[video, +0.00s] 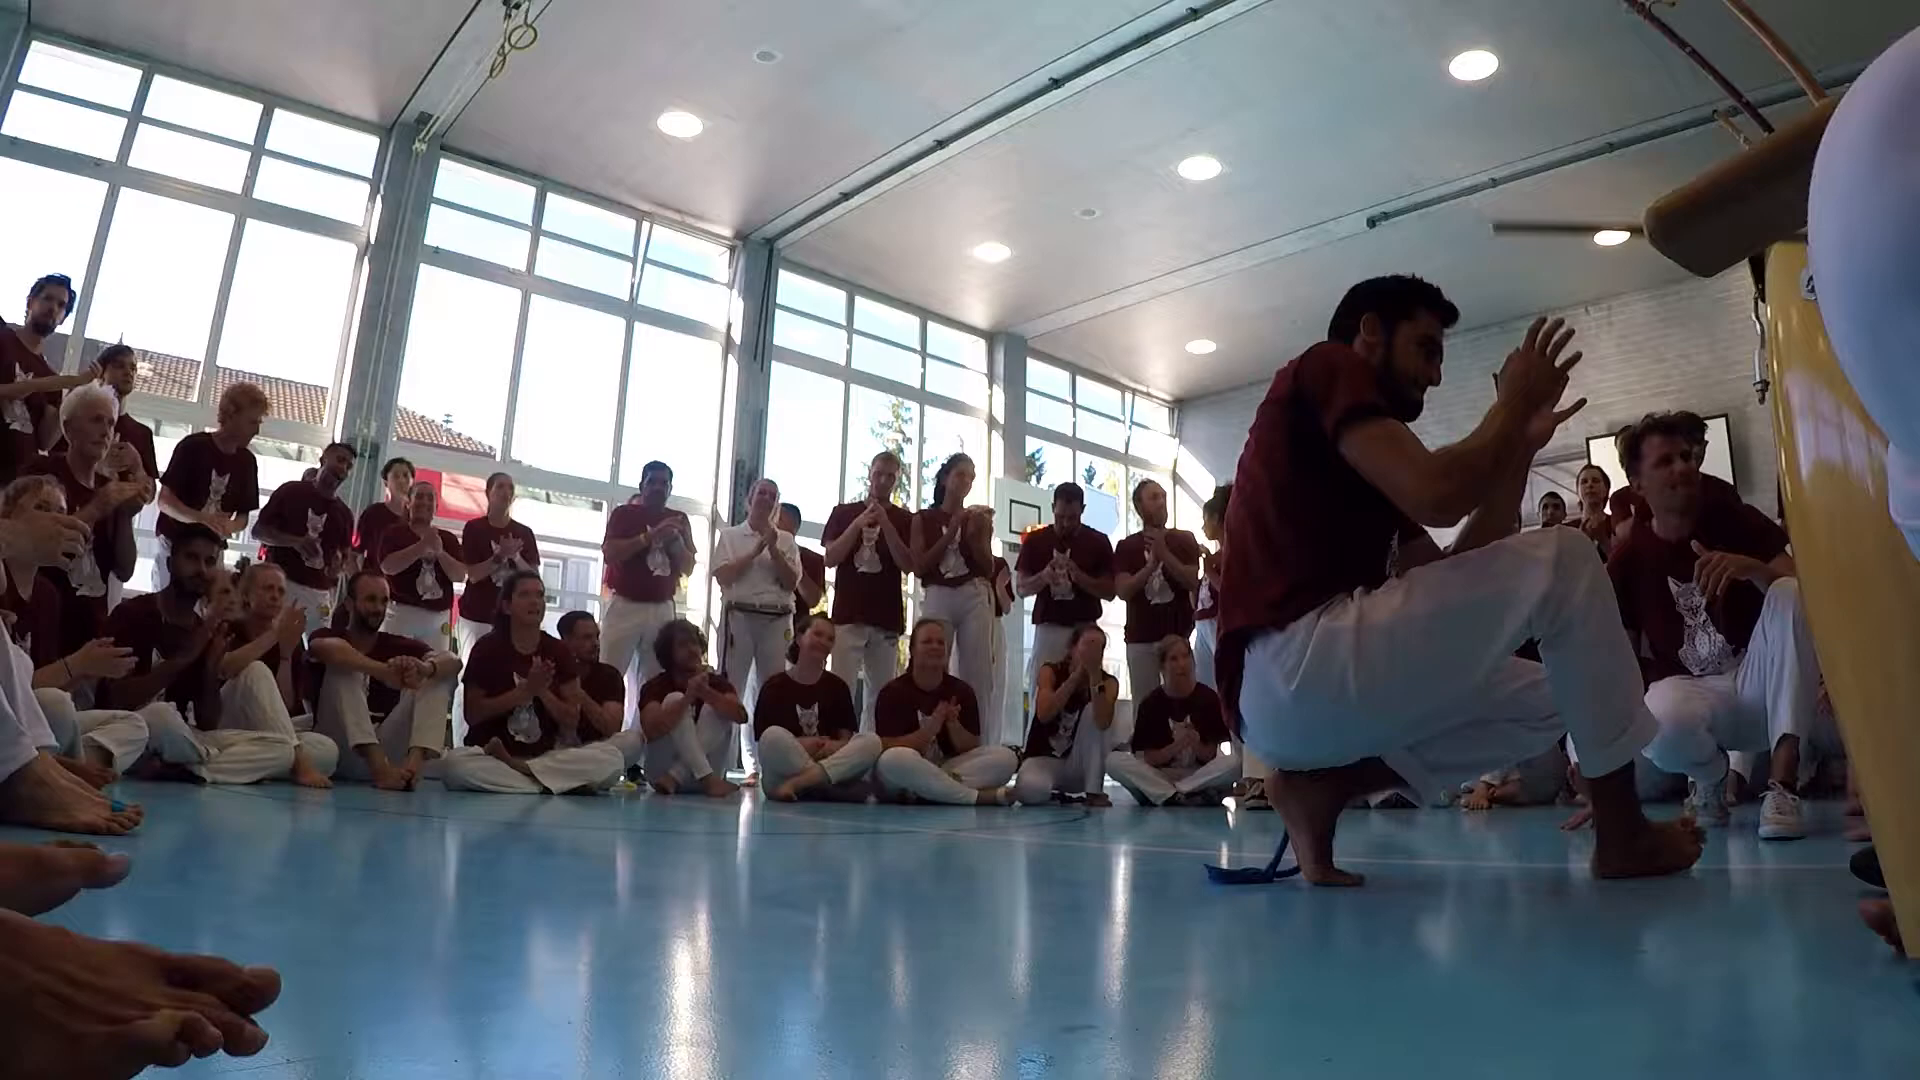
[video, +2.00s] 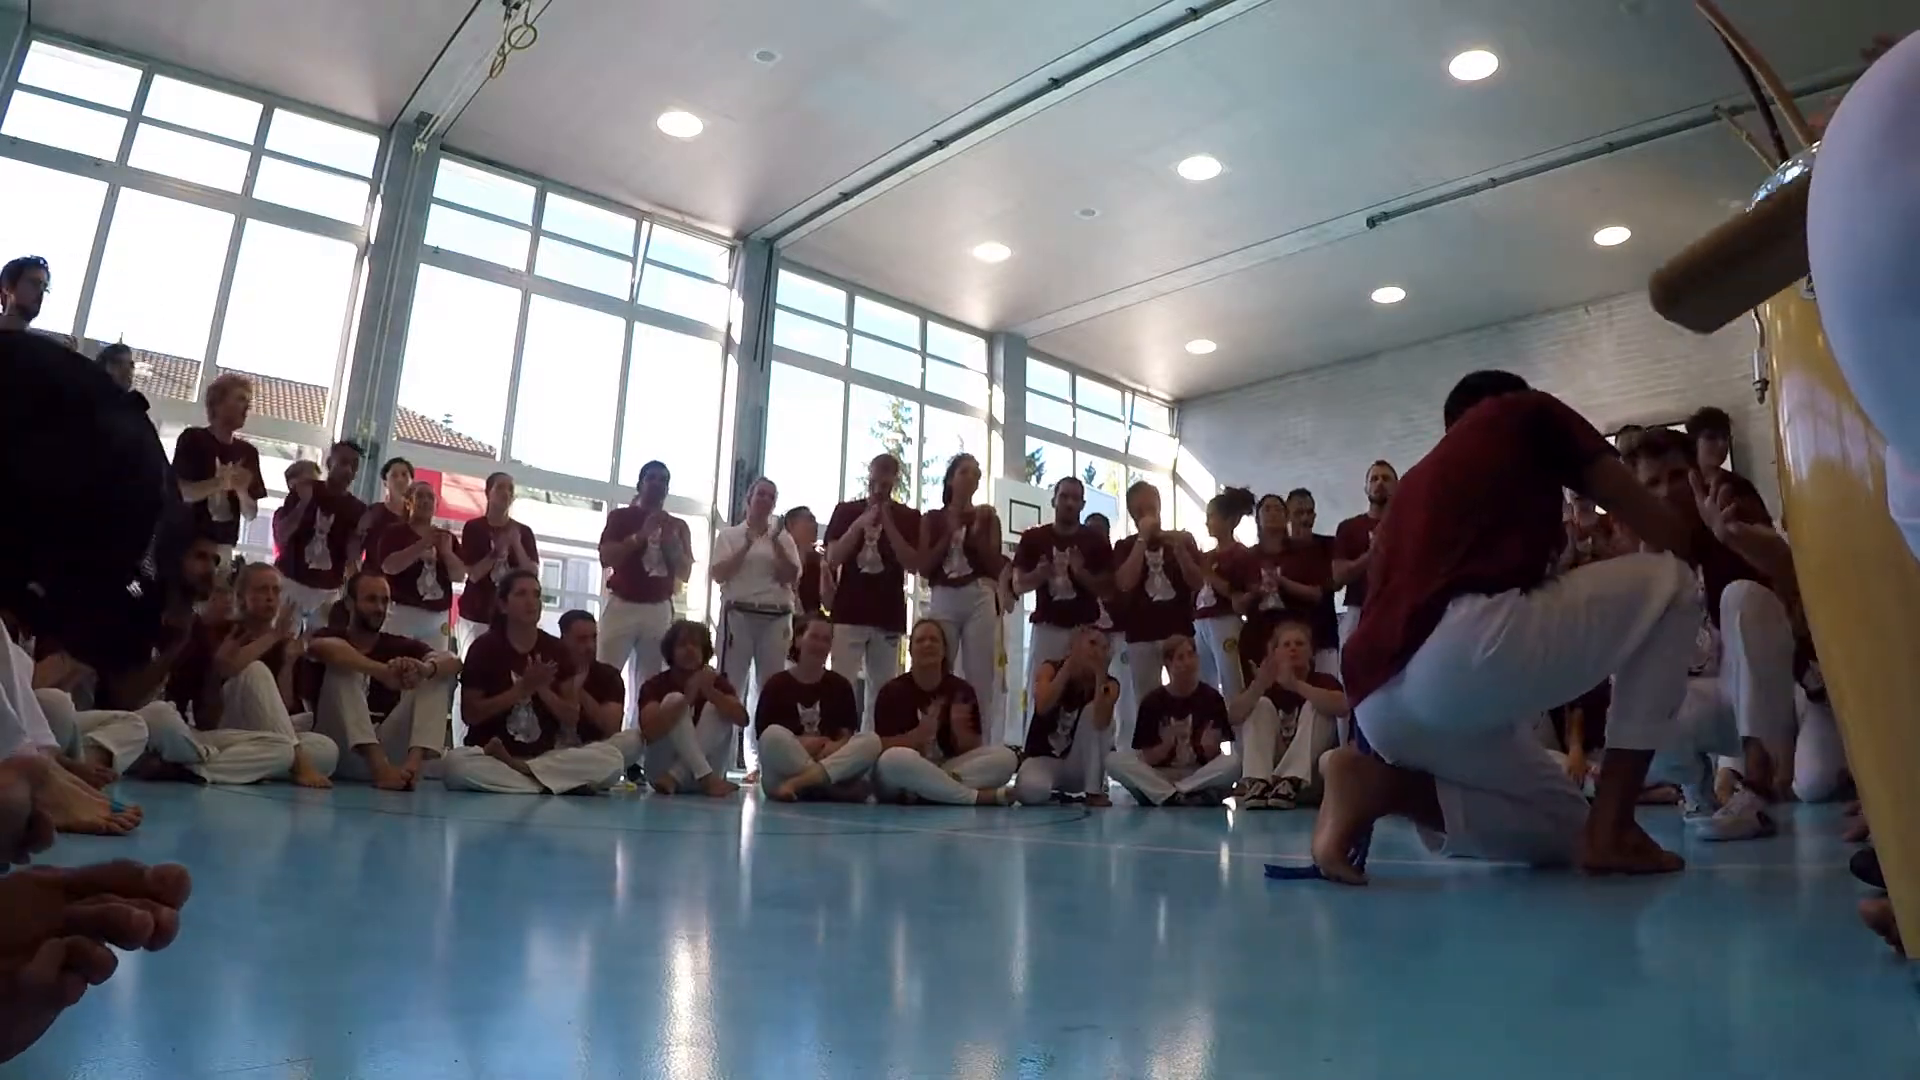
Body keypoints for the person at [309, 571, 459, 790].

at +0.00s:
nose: (379, 608)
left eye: (384, 601)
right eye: (371, 600)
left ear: (389, 604)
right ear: (350, 603)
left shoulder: (395, 644)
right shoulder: (327, 636)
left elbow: (454, 661)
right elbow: (321, 648)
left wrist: (428, 667)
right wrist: (383, 671)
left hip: (386, 754)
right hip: (336, 750)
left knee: (439, 674)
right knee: (343, 663)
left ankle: (415, 763)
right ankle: (379, 766)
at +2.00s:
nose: (380, 608)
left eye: (385, 601)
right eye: (371, 600)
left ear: (390, 603)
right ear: (350, 603)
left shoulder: (393, 643)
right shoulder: (329, 636)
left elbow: (454, 662)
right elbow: (319, 648)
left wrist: (426, 668)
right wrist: (382, 671)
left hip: (386, 752)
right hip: (336, 750)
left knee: (437, 672)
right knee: (342, 663)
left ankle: (414, 762)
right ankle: (379, 765)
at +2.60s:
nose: (380, 608)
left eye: (384, 601)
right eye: (371, 600)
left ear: (389, 604)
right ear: (350, 603)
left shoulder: (394, 643)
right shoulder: (329, 637)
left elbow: (454, 662)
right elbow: (317, 648)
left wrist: (426, 668)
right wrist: (382, 671)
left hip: (387, 752)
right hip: (337, 750)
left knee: (438, 673)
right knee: (342, 663)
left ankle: (414, 763)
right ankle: (379, 765)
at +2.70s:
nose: (380, 608)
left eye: (384, 601)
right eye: (371, 600)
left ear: (389, 604)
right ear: (350, 603)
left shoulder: (395, 643)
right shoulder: (328, 636)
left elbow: (454, 663)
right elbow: (321, 648)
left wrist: (426, 667)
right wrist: (381, 671)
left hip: (387, 753)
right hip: (336, 750)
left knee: (438, 673)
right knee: (342, 663)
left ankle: (414, 764)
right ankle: (379, 765)